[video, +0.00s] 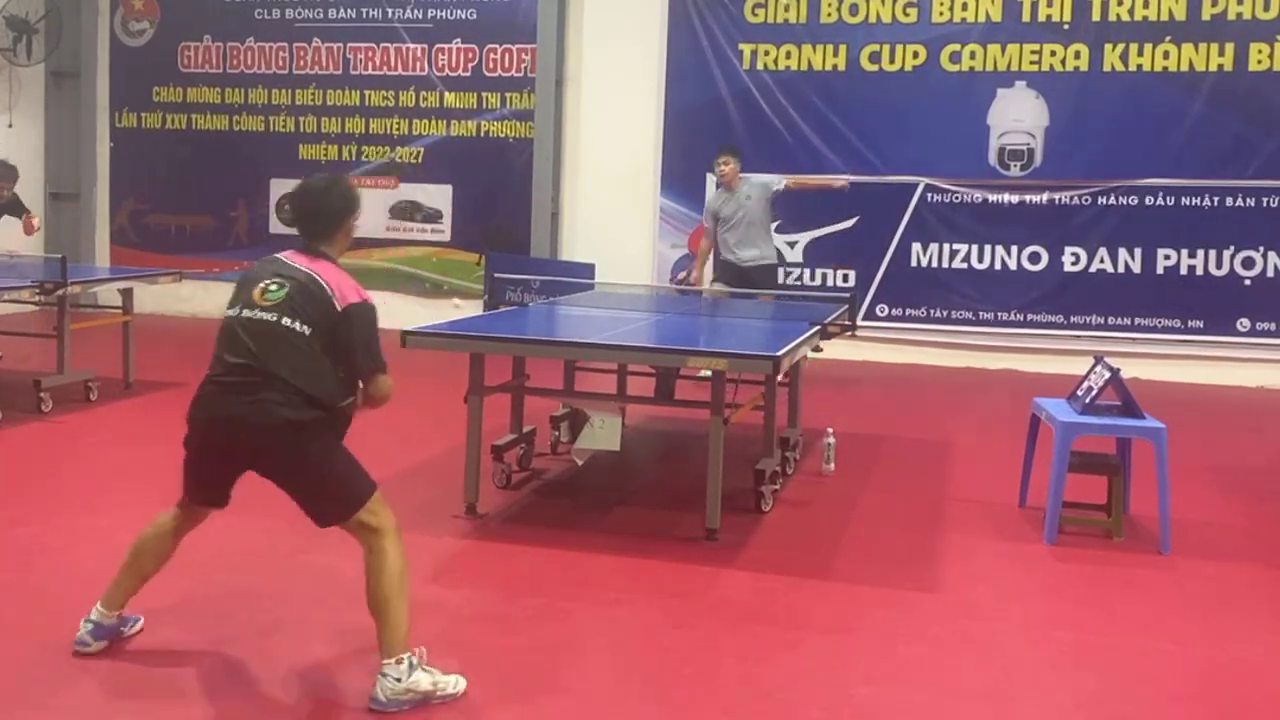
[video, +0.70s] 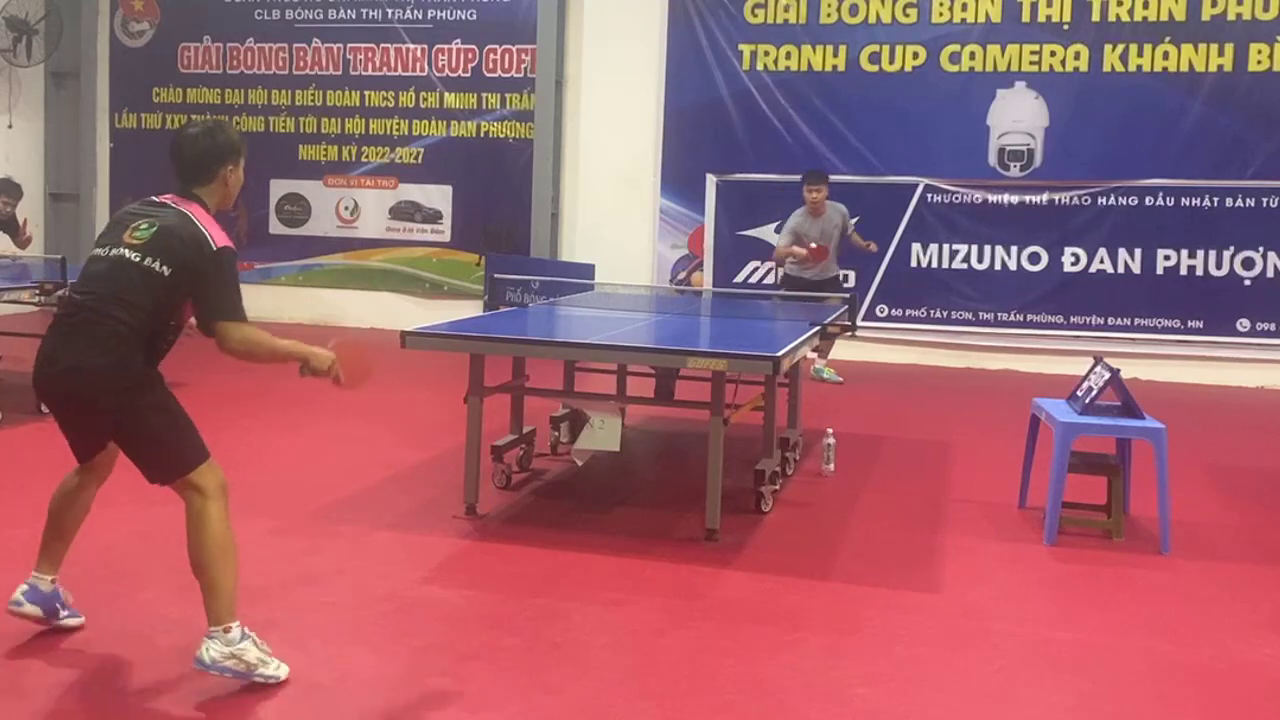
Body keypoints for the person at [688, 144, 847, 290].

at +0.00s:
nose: (721, 169)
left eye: (726, 164)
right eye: (718, 166)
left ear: (738, 166)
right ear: (715, 171)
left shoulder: (761, 185)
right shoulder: (713, 202)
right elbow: (707, 239)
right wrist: (697, 270)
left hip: (762, 264)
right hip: (729, 265)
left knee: (766, 315)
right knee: (711, 306)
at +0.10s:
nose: (721, 178)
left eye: (726, 173)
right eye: (718, 174)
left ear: (737, 175)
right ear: (715, 178)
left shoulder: (756, 194)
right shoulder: (710, 208)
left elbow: (786, 196)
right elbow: (692, 237)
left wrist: (812, 209)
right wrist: (673, 260)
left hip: (757, 273)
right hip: (725, 273)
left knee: (761, 320)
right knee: (711, 316)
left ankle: (757, 368)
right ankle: (713, 361)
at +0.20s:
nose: (722, 198)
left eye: (726, 193)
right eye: (718, 194)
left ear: (738, 195)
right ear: (716, 198)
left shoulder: (755, 219)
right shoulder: (709, 225)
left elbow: (774, 239)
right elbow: (686, 247)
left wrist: (786, 259)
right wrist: (671, 263)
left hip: (754, 289)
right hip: (721, 291)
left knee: (763, 331)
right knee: (718, 337)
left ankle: (760, 373)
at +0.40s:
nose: (749, 214)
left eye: (754, 209)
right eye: (746, 209)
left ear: (764, 212)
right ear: (741, 212)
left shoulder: (776, 235)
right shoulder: (729, 237)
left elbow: (783, 257)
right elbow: (714, 264)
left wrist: (777, 268)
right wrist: (719, 291)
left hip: (769, 295)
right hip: (735, 296)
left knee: (800, 319)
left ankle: (809, 364)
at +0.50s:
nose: (777, 214)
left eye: (781, 209)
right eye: (773, 209)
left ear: (790, 210)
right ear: (767, 210)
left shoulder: (801, 229)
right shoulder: (756, 237)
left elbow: (809, 248)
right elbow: (746, 267)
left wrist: (815, 266)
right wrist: (765, 284)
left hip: (793, 291)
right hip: (763, 293)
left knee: (820, 317)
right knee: (759, 328)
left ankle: (818, 364)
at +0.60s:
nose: (798, 208)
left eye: (803, 203)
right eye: (795, 203)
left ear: (812, 204)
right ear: (789, 204)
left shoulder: (824, 221)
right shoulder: (779, 230)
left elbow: (832, 242)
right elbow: (769, 265)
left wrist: (842, 259)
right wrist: (800, 271)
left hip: (812, 284)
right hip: (780, 287)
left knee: (832, 319)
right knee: (777, 325)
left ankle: (820, 364)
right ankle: (786, 362)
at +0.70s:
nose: (814, 196)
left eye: (819, 191)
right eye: (810, 191)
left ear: (827, 192)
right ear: (803, 192)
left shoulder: (839, 212)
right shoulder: (796, 219)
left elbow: (850, 234)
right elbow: (779, 253)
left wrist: (864, 245)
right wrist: (795, 251)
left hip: (828, 279)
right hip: (796, 279)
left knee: (837, 320)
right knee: (786, 320)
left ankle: (820, 365)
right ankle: (791, 359)